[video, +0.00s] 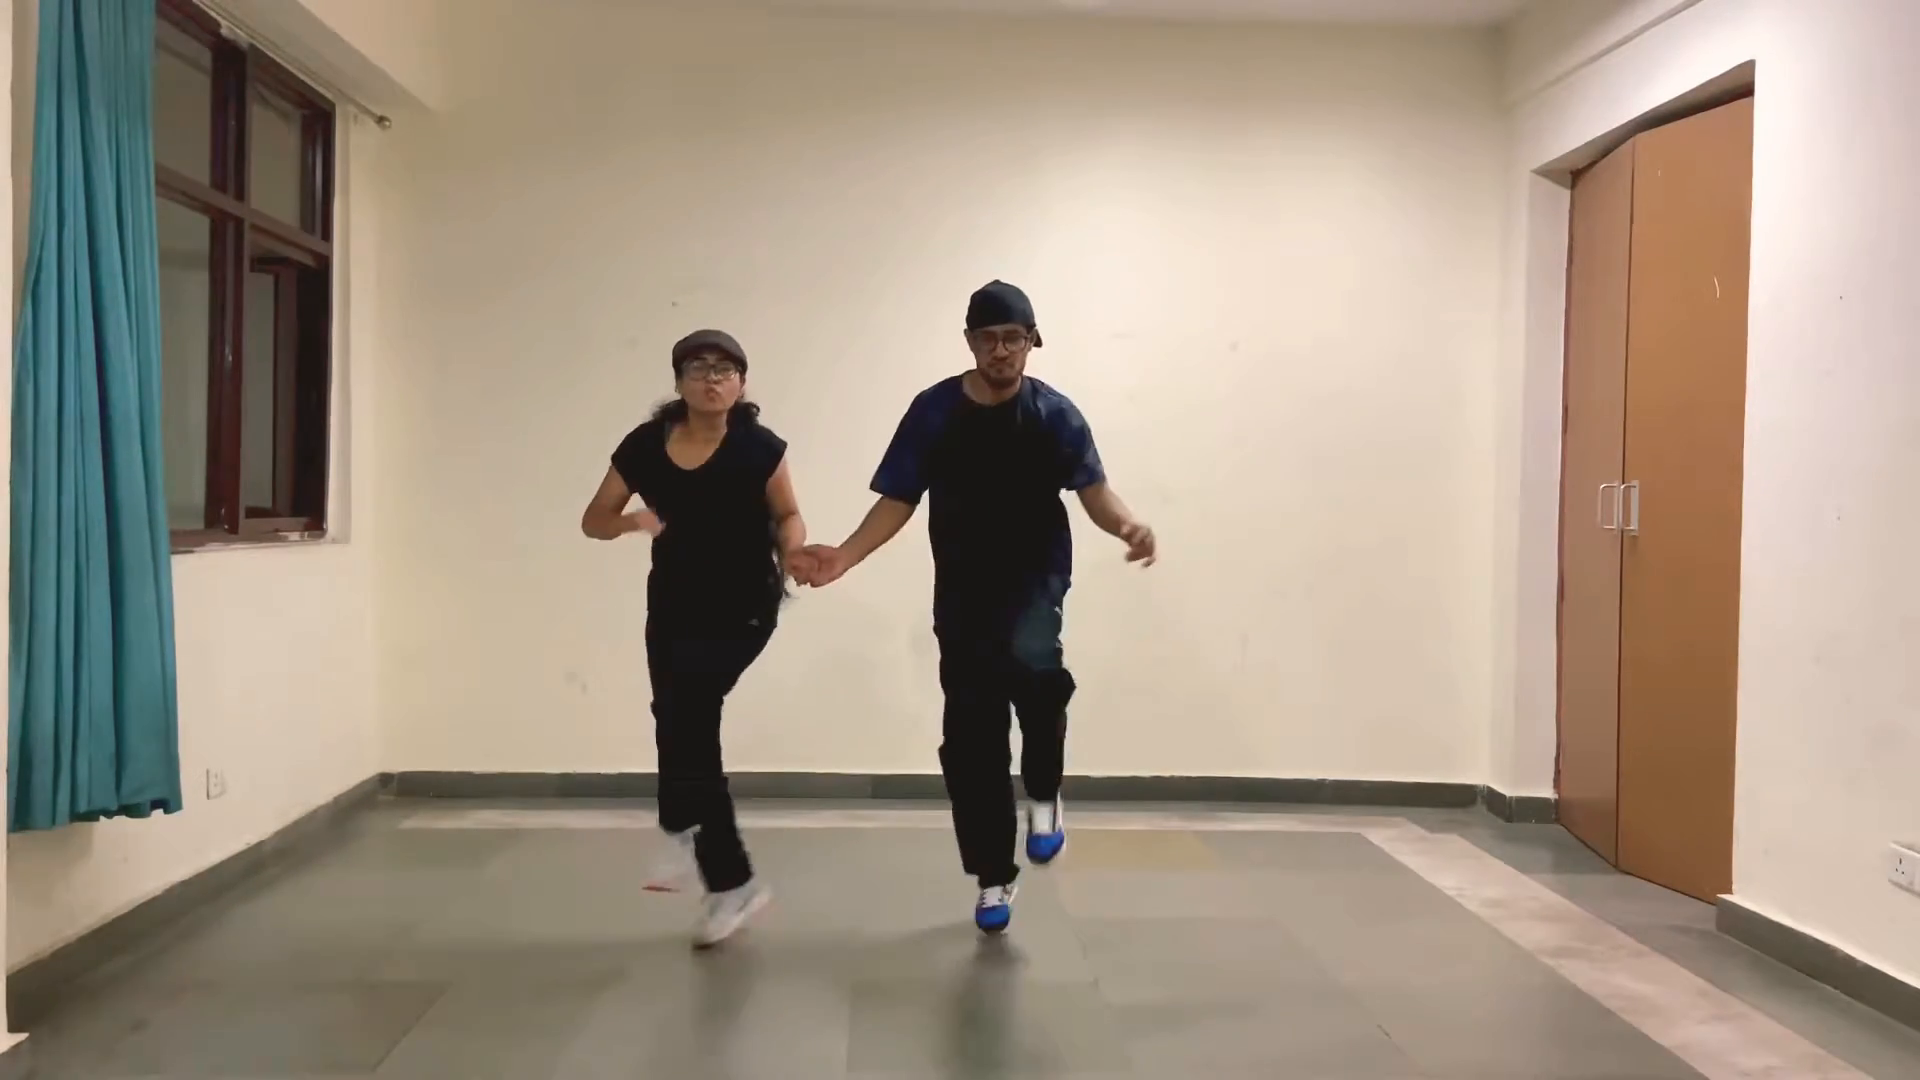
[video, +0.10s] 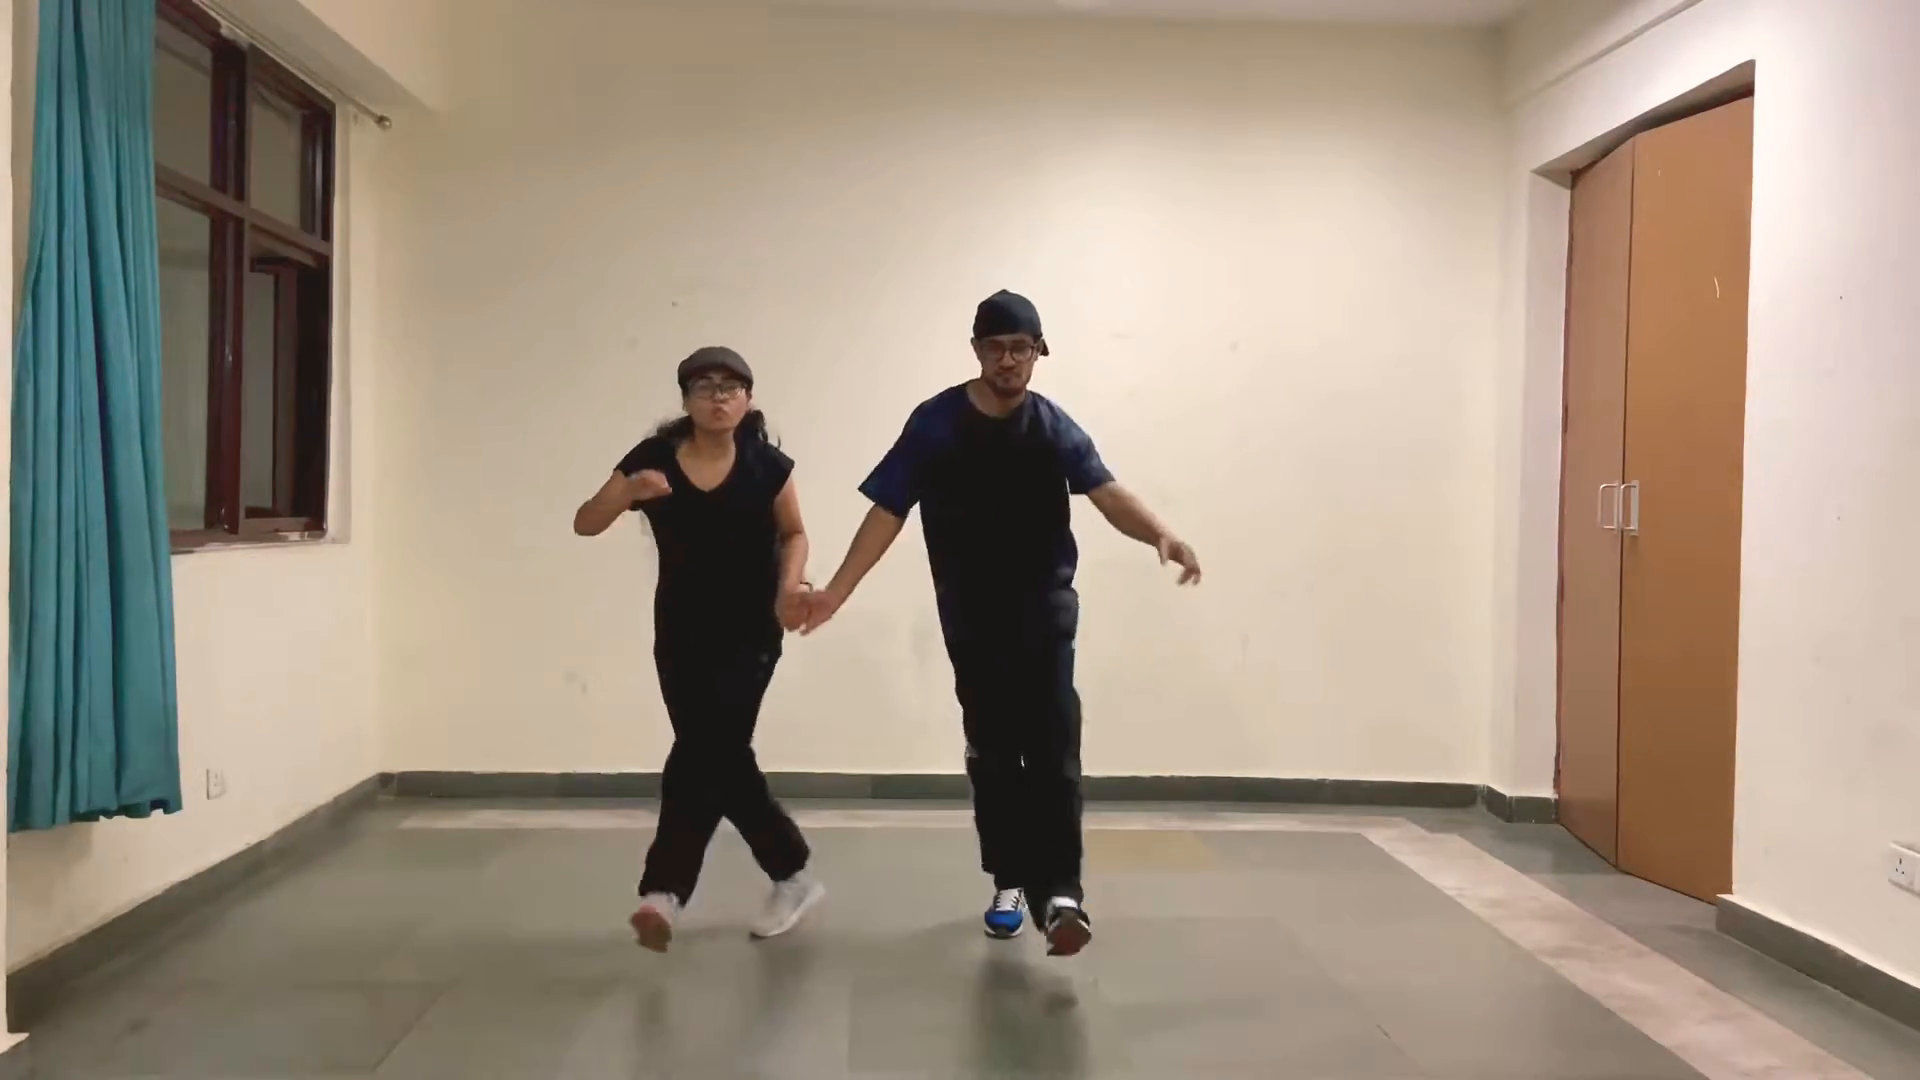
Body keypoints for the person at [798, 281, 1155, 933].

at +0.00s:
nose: (1001, 351)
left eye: (1013, 340)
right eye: (989, 340)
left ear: (1031, 342)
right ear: (970, 341)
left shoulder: (1053, 415)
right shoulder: (934, 411)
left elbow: (1092, 488)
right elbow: (898, 499)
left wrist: (1127, 525)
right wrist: (844, 555)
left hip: (1035, 580)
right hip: (963, 585)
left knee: (1035, 670)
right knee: (970, 732)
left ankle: (1042, 793)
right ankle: (991, 874)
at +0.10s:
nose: (1010, 362)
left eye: (1023, 350)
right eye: (998, 349)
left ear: (1038, 355)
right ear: (977, 350)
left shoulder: (1054, 428)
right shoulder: (935, 425)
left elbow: (1108, 494)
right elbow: (888, 512)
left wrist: (1162, 536)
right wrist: (835, 592)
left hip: (1046, 615)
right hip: (972, 618)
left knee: (1055, 748)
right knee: (992, 751)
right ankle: (1008, 883)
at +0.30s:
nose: (1017, 371)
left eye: (1029, 359)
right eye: (1004, 359)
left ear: (1046, 363)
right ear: (983, 360)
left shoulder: (1064, 445)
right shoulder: (943, 434)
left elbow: (1091, 541)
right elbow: (914, 525)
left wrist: (1125, 622)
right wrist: (873, 604)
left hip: (1051, 621)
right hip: (975, 621)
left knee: (1057, 755)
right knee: (984, 746)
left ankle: (1066, 897)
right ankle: (989, 848)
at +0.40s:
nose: (1013, 367)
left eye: (1025, 355)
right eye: (1000, 356)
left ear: (1043, 359)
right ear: (982, 359)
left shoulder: (1062, 447)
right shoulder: (944, 434)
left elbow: (1074, 549)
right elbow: (920, 521)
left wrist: (1093, 640)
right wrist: (879, 588)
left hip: (1044, 629)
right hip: (966, 628)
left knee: (1062, 762)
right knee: (958, 740)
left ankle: (1065, 903)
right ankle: (933, 839)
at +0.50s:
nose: (1005, 361)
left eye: (1016, 349)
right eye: (992, 350)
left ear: (1035, 352)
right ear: (974, 353)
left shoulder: (1059, 435)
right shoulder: (942, 426)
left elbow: (1070, 525)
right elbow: (911, 511)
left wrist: (1101, 610)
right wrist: (859, 572)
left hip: (1023, 630)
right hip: (945, 626)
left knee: (1041, 767)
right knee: (918, 755)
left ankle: (1055, 900)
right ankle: (856, 886)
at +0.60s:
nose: (999, 376)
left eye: (1010, 363)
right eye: (985, 365)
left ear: (1028, 366)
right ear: (966, 369)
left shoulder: (1055, 447)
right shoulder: (938, 448)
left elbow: (1081, 519)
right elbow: (891, 534)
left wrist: (1135, 578)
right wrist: (817, 590)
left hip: (1007, 650)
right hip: (928, 647)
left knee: (1022, 783)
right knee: (875, 770)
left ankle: (1044, 901)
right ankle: (835, 894)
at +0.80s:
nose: (1019, 357)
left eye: (1030, 345)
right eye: (1005, 347)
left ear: (1047, 348)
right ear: (986, 354)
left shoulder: (1074, 424)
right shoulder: (957, 430)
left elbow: (1092, 506)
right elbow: (916, 510)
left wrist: (1176, 520)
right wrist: (871, 572)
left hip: (1051, 631)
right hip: (974, 631)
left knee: (1064, 764)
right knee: (954, 747)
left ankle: (1048, 898)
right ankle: (897, 850)